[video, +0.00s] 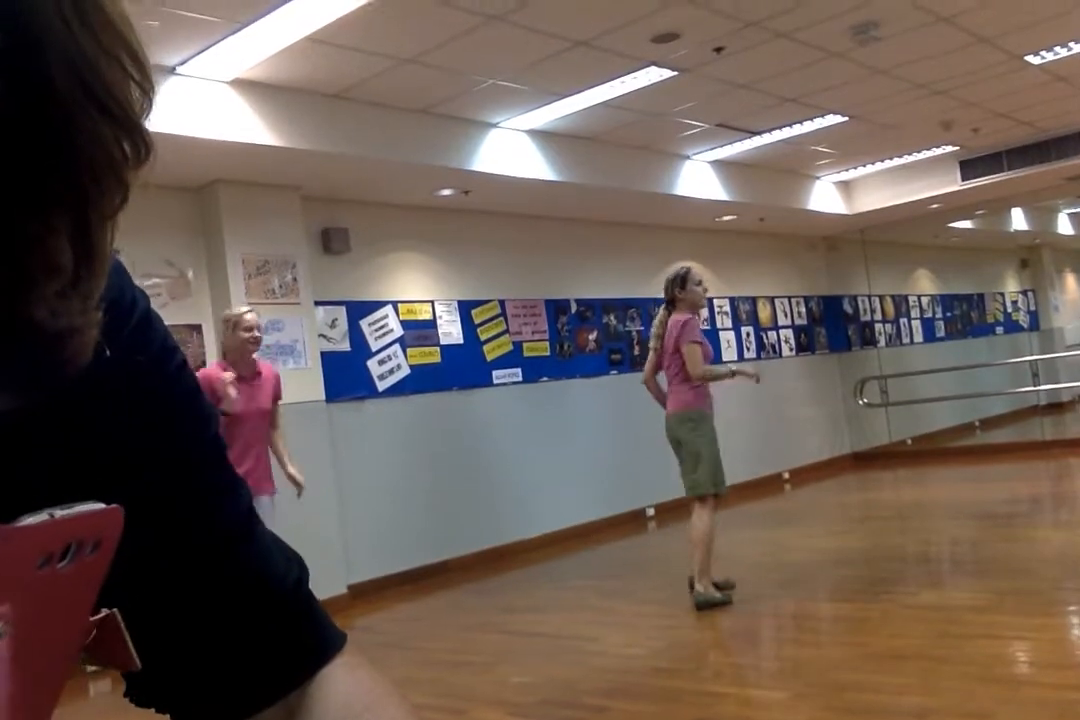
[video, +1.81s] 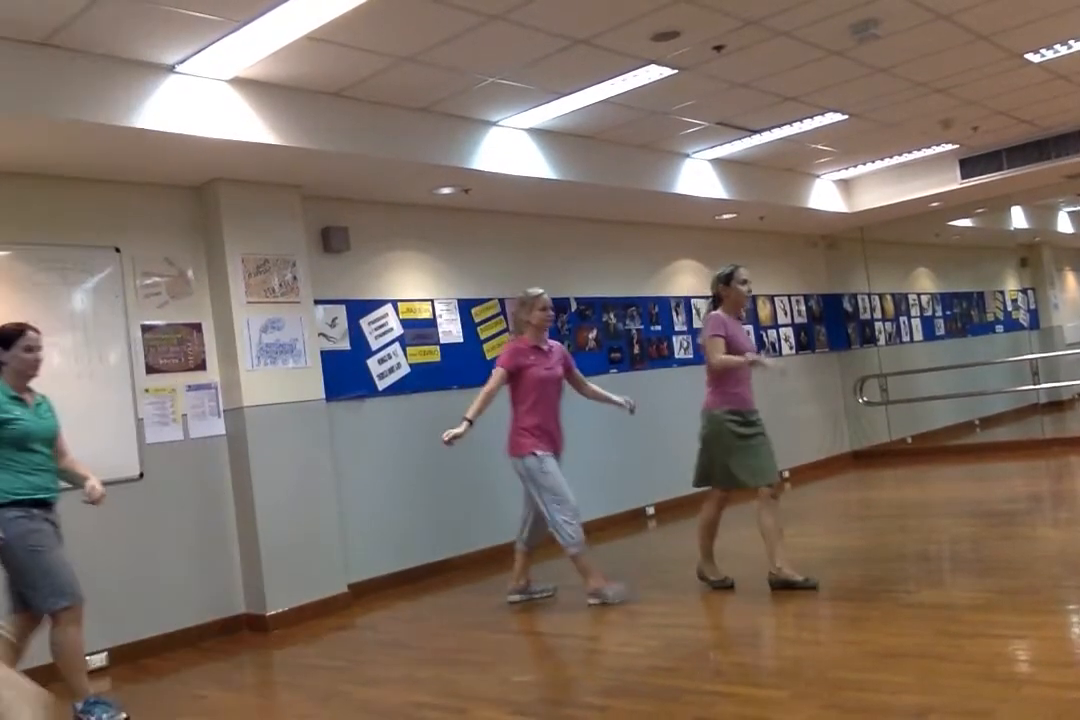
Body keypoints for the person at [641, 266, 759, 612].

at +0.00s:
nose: (704, 290)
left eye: (702, 285)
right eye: (698, 286)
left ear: (679, 294)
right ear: (681, 292)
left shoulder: (667, 325)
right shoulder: (687, 323)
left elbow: (649, 377)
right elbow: (697, 371)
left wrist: (670, 404)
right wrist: (735, 370)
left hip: (679, 414)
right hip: (693, 414)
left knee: (704, 500)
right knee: (705, 501)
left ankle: (702, 577)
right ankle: (702, 585)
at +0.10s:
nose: (710, 289)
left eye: (708, 283)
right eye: (703, 284)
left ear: (686, 291)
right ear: (684, 290)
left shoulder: (679, 323)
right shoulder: (683, 322)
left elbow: (668, 376)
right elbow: (677, 372)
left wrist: (710, 395)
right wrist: (720, 392)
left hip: (682, 416)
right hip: (688, 415)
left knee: (705, 497)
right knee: (725, 490)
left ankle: (704, 569)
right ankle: (700, 570)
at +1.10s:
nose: (711, 300)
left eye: (712, 295)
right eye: (706, 294)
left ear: (706, 300)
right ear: (687, 298)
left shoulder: (700, 333)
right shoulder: (677, 333)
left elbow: (711, 377)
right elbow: (658, 379)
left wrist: (749, 374)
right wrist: (674, 416)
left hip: (699, 420)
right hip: (687, 421)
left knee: (706, 495)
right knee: (721, 488)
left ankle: (705, 567)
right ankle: (705, 566)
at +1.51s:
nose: (726, 295)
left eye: (726, 290)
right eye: (720, 290)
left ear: (714, 297)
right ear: (700, 294)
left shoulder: (716, 329)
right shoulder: (680, 331)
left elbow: (713, 373)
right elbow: (674, 377)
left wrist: (720, 408)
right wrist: (695, 386)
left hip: (718, 417)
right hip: (692, 421)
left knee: (742, 486)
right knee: (704, 496)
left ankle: (721, 555)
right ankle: (704, 568)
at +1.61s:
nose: (732, 294)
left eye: (732, 289)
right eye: (726, 288)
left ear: (722, 295)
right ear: (706, 293)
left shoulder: (722, 328)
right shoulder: (690, 327)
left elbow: (715, 374)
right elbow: (688, 373)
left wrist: (725, 411)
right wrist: (718, 365)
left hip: (724, 416)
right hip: (698, 419)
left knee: (755, 485)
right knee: (708, 494)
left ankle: (751, 565)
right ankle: (705, 570)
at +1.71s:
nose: (741, 288)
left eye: (741, 283)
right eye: (735, 283)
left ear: (729, 291)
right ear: (714, 289)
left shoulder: (729, 323)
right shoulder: (703, 320)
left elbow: (724, 367)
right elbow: (699, 363)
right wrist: (733, 352)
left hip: (735, 414)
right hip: (708, 417)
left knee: (758, 489)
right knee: (705, 497)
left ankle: (778, 565)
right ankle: (705, 568)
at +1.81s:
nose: (749, 289)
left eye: (749, 284)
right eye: (743, 283)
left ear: (734, 290)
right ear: (723, 289)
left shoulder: (739, 325)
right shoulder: (715, 320)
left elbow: (734, 367)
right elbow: (715, 361)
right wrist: (748, 360)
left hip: (748, 415)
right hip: (722, 417)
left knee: (769, 490)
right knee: (720, 493)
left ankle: (777, 568)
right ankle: (706, 565)